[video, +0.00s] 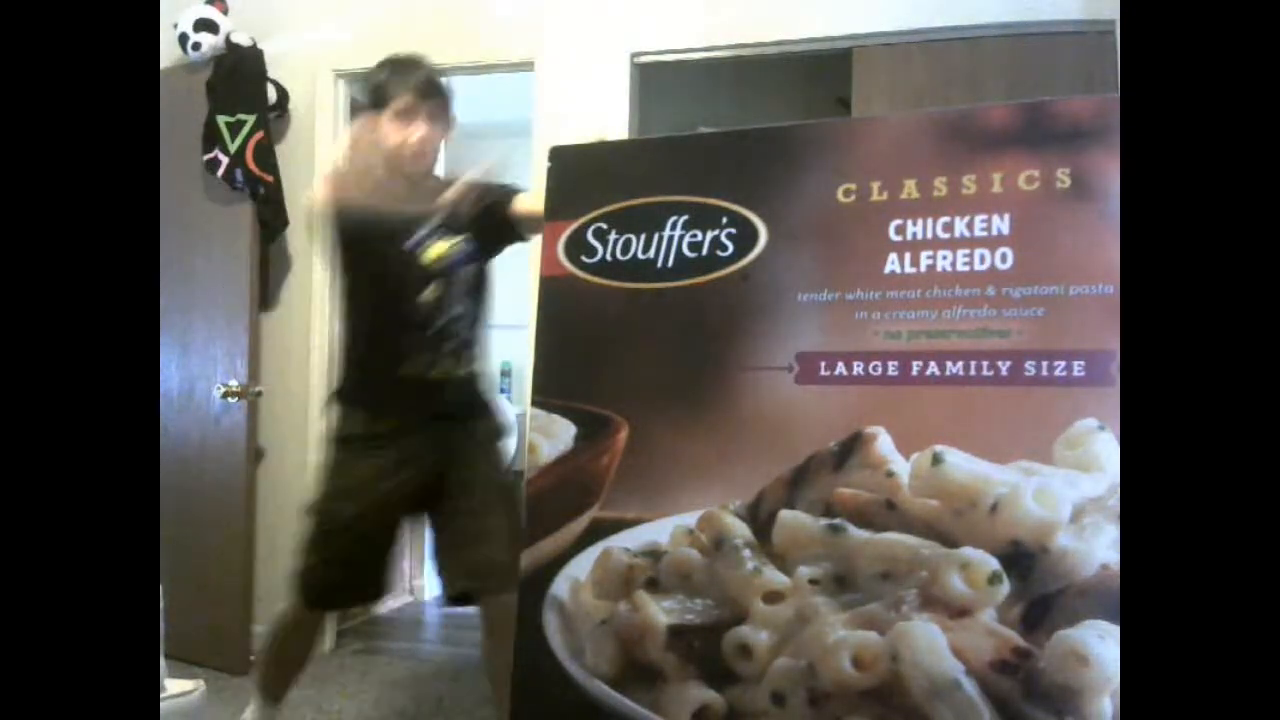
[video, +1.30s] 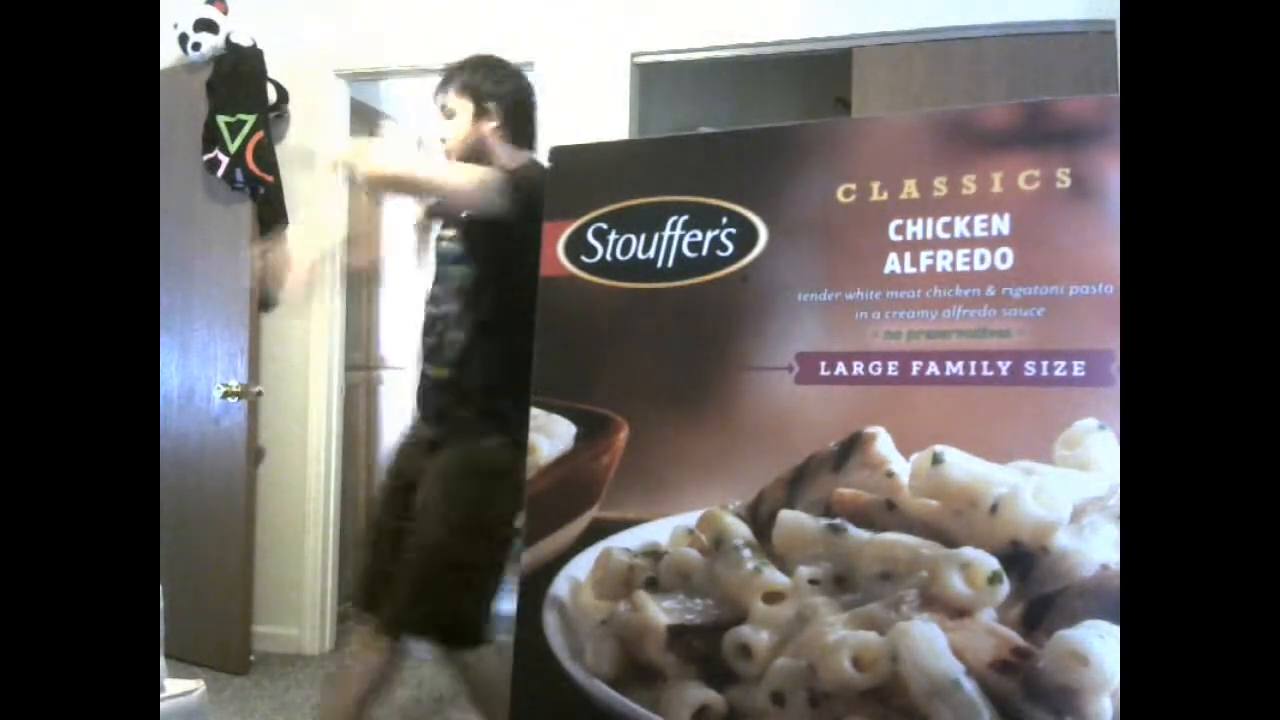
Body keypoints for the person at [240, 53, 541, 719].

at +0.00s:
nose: (424, 136)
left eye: (435, 120)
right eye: (407, 118)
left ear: (449, 128)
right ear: (369, 125)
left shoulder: (470, 207)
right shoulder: (358, 205)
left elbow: (555, 213)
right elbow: (346, 197)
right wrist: (364, 149)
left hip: (462, 421)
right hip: (375, 425)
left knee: (501, 589)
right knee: (315, 597)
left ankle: (512, 713)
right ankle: (261, 710)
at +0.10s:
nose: (448, 117)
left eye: (455, 102)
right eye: (430, 103)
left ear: (466, 111)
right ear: (394, 110)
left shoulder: (486, 193)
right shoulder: (380, 183)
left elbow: (567, 220)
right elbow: (370, 132)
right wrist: (421, 96)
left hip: (483, 417)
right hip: (393, 419)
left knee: (508, 585)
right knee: (339, 597)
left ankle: (515, 714)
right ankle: (274, 704)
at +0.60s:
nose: (503, 143)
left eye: (516, 123)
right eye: (489, 129)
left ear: (548, 125)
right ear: (476, 137)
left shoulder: (576, 204)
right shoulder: (468, 195)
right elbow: (423, 202)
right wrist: (399, 158)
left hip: (549, 430)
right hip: (467, 427)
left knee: (547, 611)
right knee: (371, 593)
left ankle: (558, 718)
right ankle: (319, 716)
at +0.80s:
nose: (462, 172)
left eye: (475, 153)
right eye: (453, 157)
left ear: (516, 150)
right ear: (446, 159)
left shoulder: (568, 210)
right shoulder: (456, 240)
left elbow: (510, 227)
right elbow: (440, 358)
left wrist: (387, 224)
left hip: (565, 434)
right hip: (483, 434)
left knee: (553, 612)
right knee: (397, 605)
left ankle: (556, 714)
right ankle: (345, 713)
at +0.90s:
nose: (447, 175)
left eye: (458, 156)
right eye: (441, 160)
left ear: (501, 147)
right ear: (441, 160)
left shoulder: (564, 212)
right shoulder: (463, 245)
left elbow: (483, 244)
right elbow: (426, 359)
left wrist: (361, 246)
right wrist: (356, 426)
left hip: (562, 443)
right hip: (484, 438)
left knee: (539, 625)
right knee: (403, 615)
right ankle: (350, 714)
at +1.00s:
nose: (415, 172)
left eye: (420, 154)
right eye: (412, 156)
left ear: (460, 145)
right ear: (456, 149)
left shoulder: (525, 206)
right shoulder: (477, 215)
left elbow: (451, 259)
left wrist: (361, 275)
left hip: (534, 439)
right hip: (478, 429)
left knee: (498, 630)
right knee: (415, 613)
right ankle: (374, 713)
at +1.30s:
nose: (438, 130)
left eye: (448, 115)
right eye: (439, 116)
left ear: (491, 117)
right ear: (490, 120)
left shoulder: (525, 184)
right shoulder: (470, 189)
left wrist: (378, 169)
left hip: (485, 441)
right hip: (431, 430)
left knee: (454, 625)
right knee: (377, 615)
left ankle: (509, 714)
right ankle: (336, 712)